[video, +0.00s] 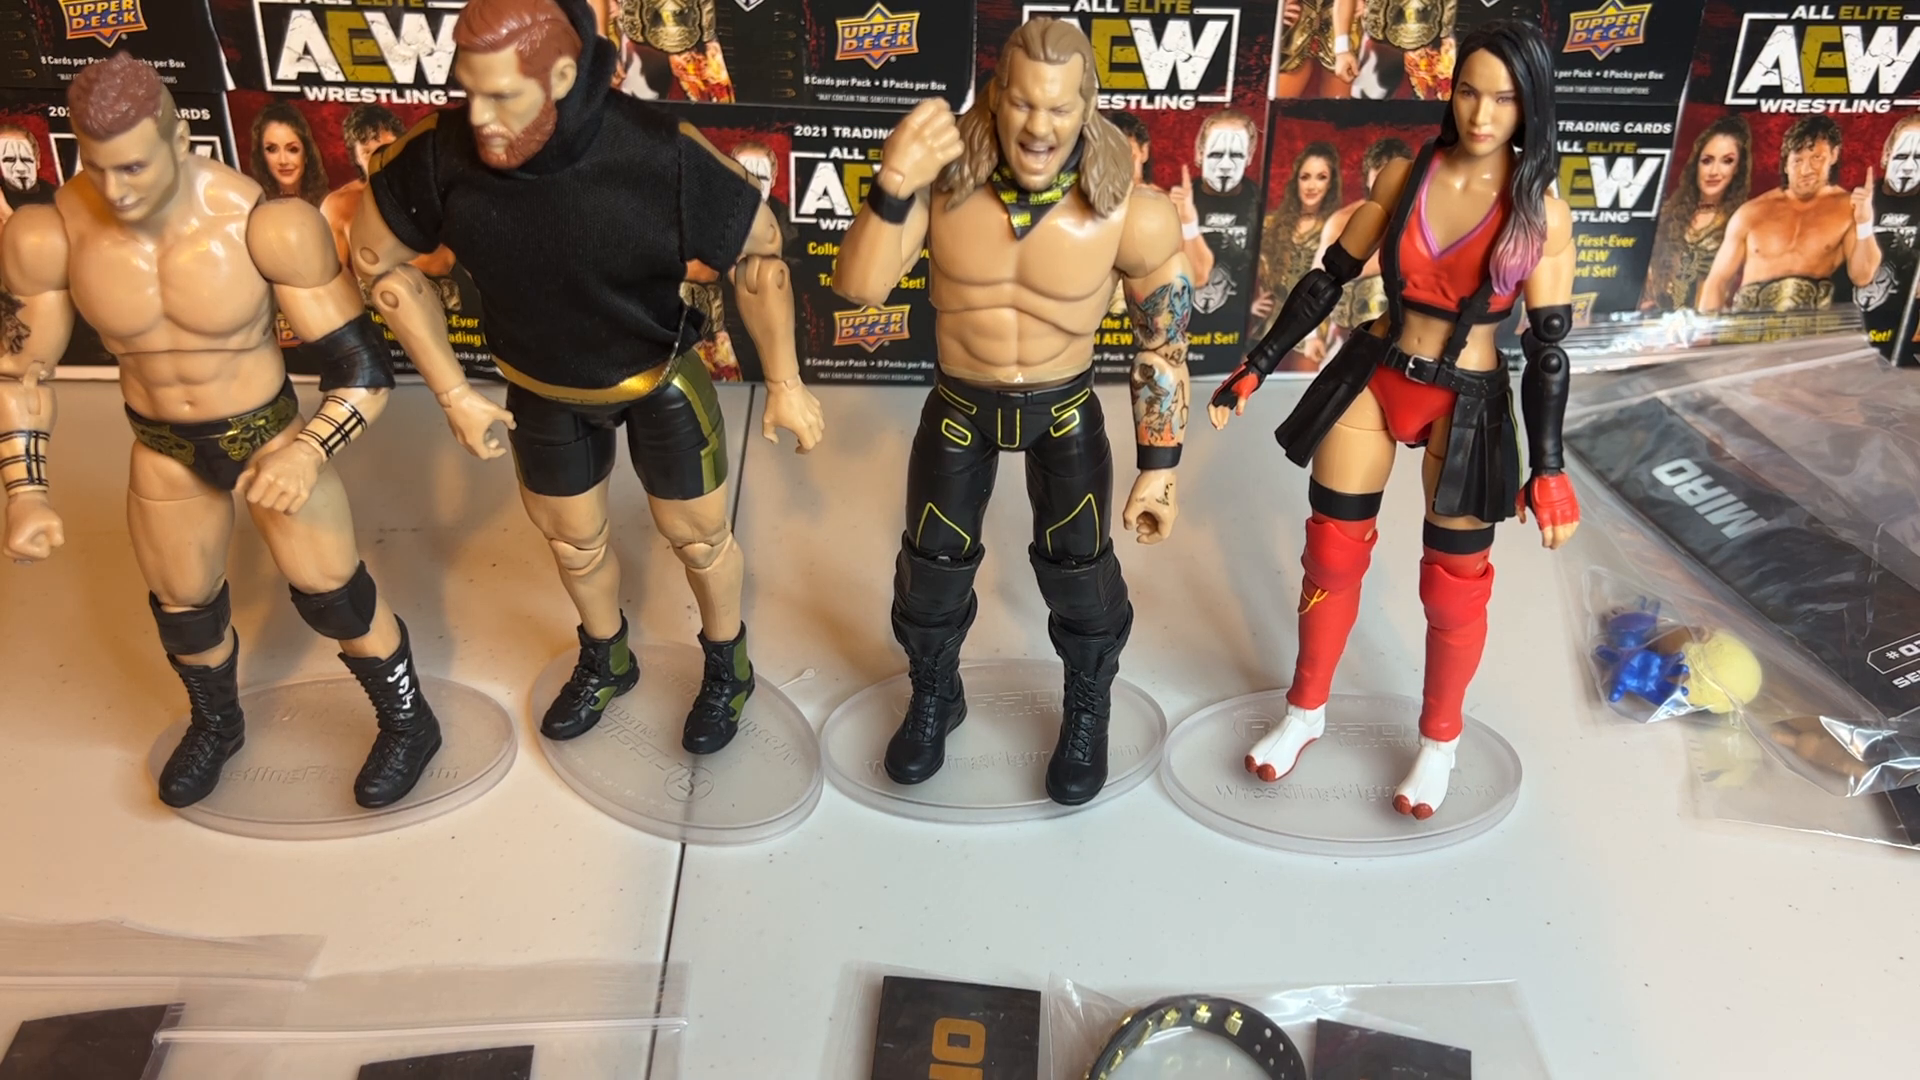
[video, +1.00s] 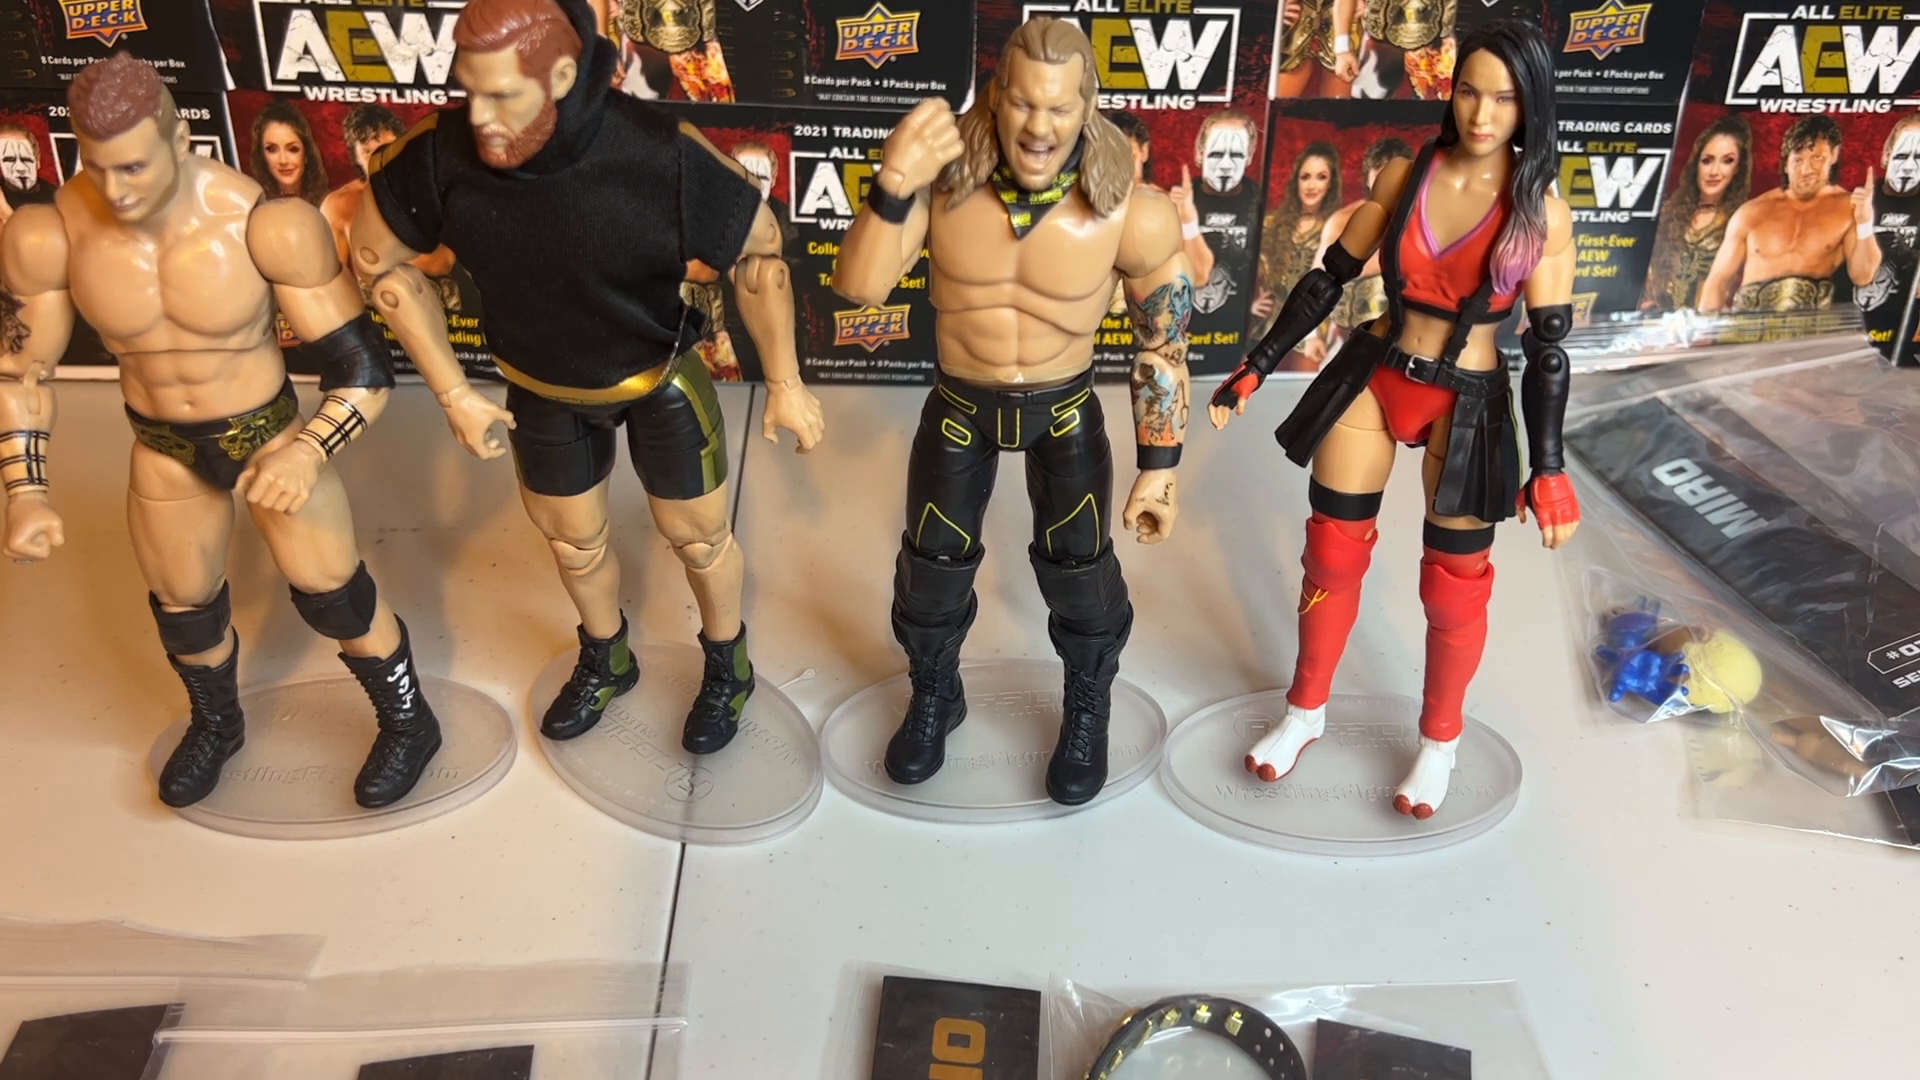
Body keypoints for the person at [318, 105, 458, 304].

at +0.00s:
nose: (380, 160)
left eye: (387, 150)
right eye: (369, 153)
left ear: (402, 147)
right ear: (356, 157)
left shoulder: (431, 190)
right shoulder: (339, 205)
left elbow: (443, 262)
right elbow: (337, 276)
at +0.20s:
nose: (380, 160)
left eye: (387, 149)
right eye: (369, 153)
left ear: (403, 147)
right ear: (356, 157)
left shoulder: (432, 191)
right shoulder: (338, 205)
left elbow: (442, 263)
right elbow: (337, 276)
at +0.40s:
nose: (379, 160)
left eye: (387, 150)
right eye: (369, 153)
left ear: (402, 147)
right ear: (356, 156)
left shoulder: (431, 191)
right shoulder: (338, 205)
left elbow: (443, 262)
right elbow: (337, 276)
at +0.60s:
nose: (380, 160)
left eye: (387, 150)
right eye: (369, 153)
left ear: (403, 147)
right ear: (356, 157)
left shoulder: (431, 191)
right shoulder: (338, 205)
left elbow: (443, 263)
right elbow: (337, 276)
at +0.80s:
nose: (380, 160)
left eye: (387, 150)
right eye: (369, 153)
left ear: (402, 147)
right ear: (356, 157)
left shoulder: (431, 191)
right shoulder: (339, 204)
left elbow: (442, 263)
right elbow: (336, 276)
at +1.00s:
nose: (380, 159)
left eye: (387, 149)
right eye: (369, 153)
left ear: (403, 147)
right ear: (356, 157)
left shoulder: (431, 191)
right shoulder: (338, 205)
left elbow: (443, 263)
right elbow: (337, 276)